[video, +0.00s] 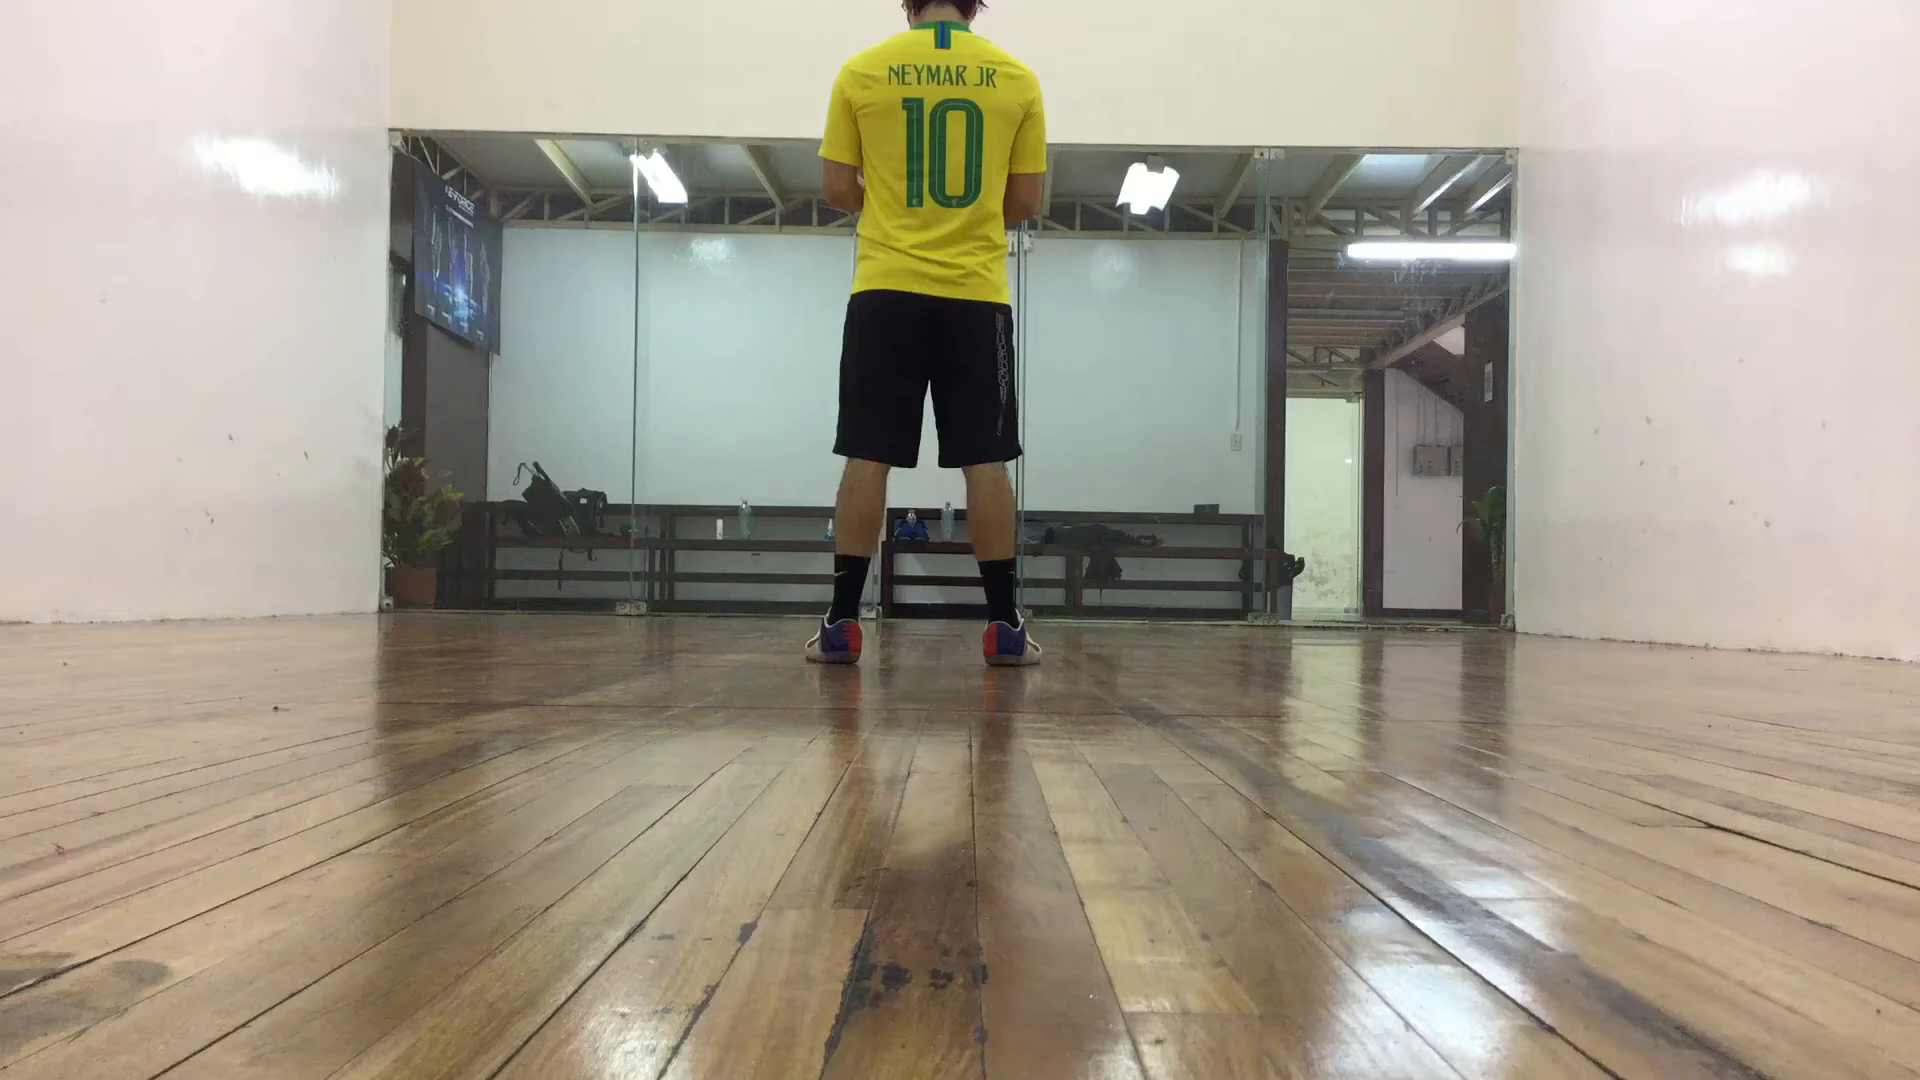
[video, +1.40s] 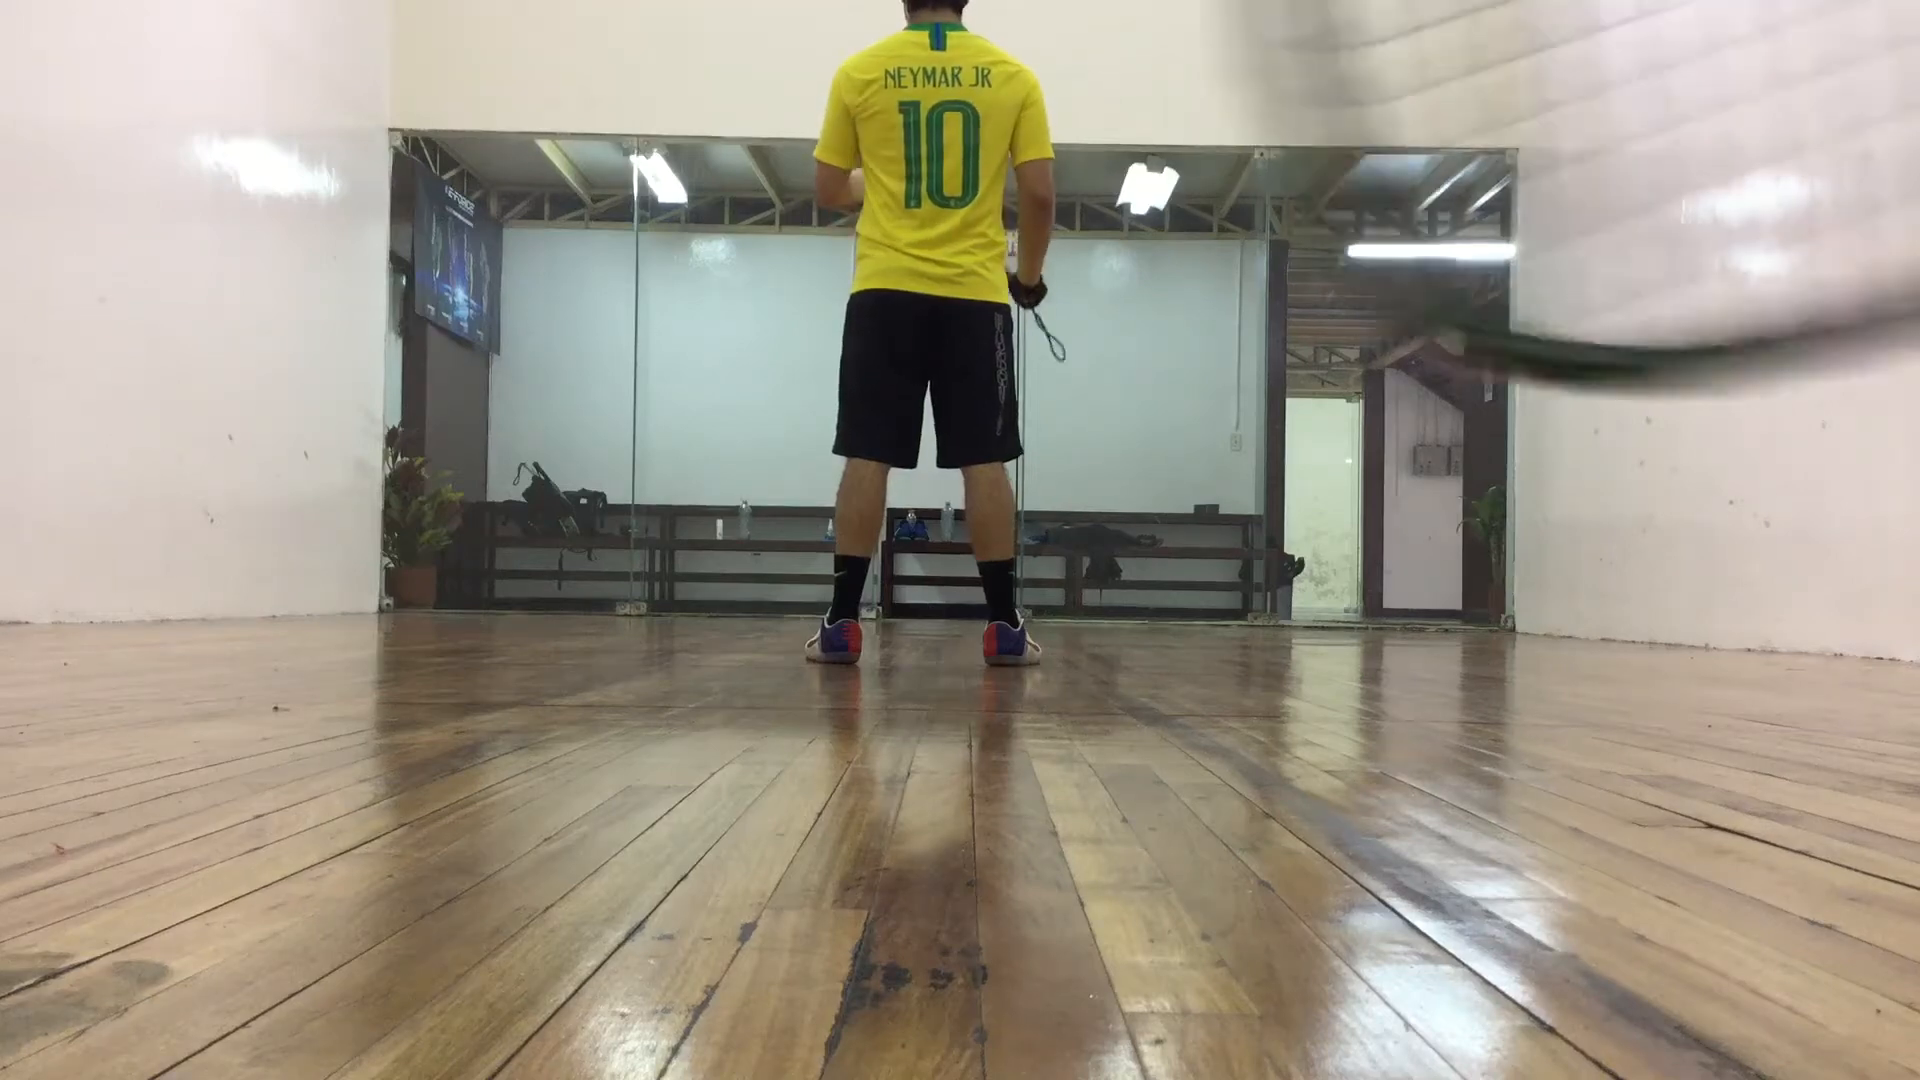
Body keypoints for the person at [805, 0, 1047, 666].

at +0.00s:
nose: (905, 15)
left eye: (904, 9)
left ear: (907, 7)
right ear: (975, 8)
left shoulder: (862, 70)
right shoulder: (1016, 79)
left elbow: (839, 191)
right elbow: (1024, 203)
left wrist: (898, 191)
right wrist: (958, 191)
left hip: (884, 299)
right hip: (975, 304)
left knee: (866, 459)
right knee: (986, 462)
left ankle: (842, 622)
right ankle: (1005, 624)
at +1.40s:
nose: (922, 13)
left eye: (910, 6)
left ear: (904, 4)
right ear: (965, 4)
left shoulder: (859, 72)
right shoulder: (1012, 76)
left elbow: (831, 192)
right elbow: (1039, 193)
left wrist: (877, 182)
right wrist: (1030, 273)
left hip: (883, 298)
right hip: (974, 303)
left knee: (866, 458)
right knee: (985, 462)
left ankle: (843, 621)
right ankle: (1005, 625)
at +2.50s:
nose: (939, 10)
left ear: (906, 9)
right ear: (968, 9)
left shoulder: (861, 74)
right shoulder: (1011, 81)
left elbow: (845, 185)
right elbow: (1033, 202)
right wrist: (1029, 296)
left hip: (883, 300)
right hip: (976, 305)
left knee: (866, 460)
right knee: (986, 465)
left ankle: (842, 621)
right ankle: (998, 629)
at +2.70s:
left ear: (906, 3)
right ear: (968, 3)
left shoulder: (861, 74)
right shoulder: (1010, 65)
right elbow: (1037, 196)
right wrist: (1012, 254)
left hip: (884, 296)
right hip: (978, 300)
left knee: (866, 458)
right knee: (985, 459)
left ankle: (843, 620)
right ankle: (1000, 621)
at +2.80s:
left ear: (906, 6)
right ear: (969, 6)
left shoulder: (860, 75)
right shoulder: (1013, 75)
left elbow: (836, 197)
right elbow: (1043, 178)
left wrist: (875, 237)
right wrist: (1002, 242)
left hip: (895, 304)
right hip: (987, 306)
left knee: (867, 457)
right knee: (998, 456)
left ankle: (842, 622)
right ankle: (1000, 622)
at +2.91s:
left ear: (905, 7)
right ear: (969, 7)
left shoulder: (861, 74)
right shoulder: (1013, 76)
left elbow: (836, 194)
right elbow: (1038, 178)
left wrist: (866, 229)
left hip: (885, 291)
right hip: (982, 294)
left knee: (864, 452)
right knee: (991, 451)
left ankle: (840, 620)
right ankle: (999, 622)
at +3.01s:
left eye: (902, 13)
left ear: (903, 8)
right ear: (969, 8)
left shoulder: (861, 74)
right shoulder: (1015, 77)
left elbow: (835, 196)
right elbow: (1041, 182)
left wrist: (868, 245)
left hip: (887, 293)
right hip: (983, 293)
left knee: (854, 447)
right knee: (987, 445)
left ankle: (839, 619)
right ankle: (1000, 619)